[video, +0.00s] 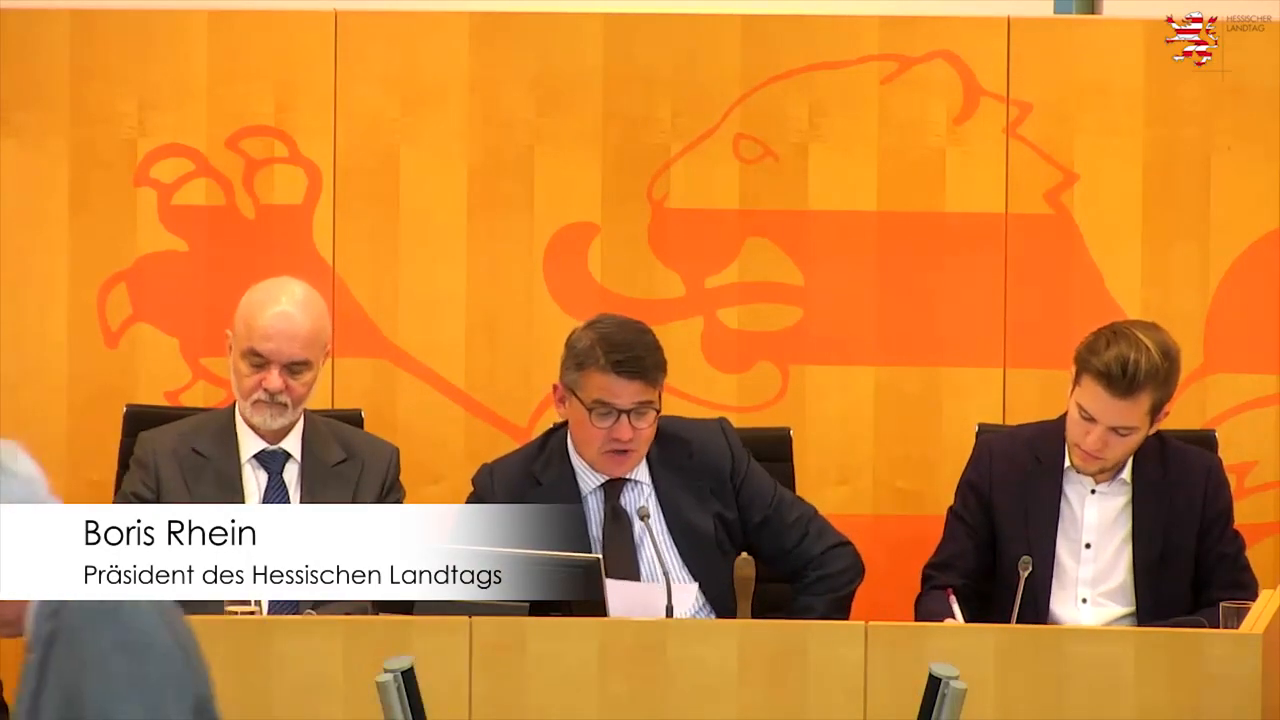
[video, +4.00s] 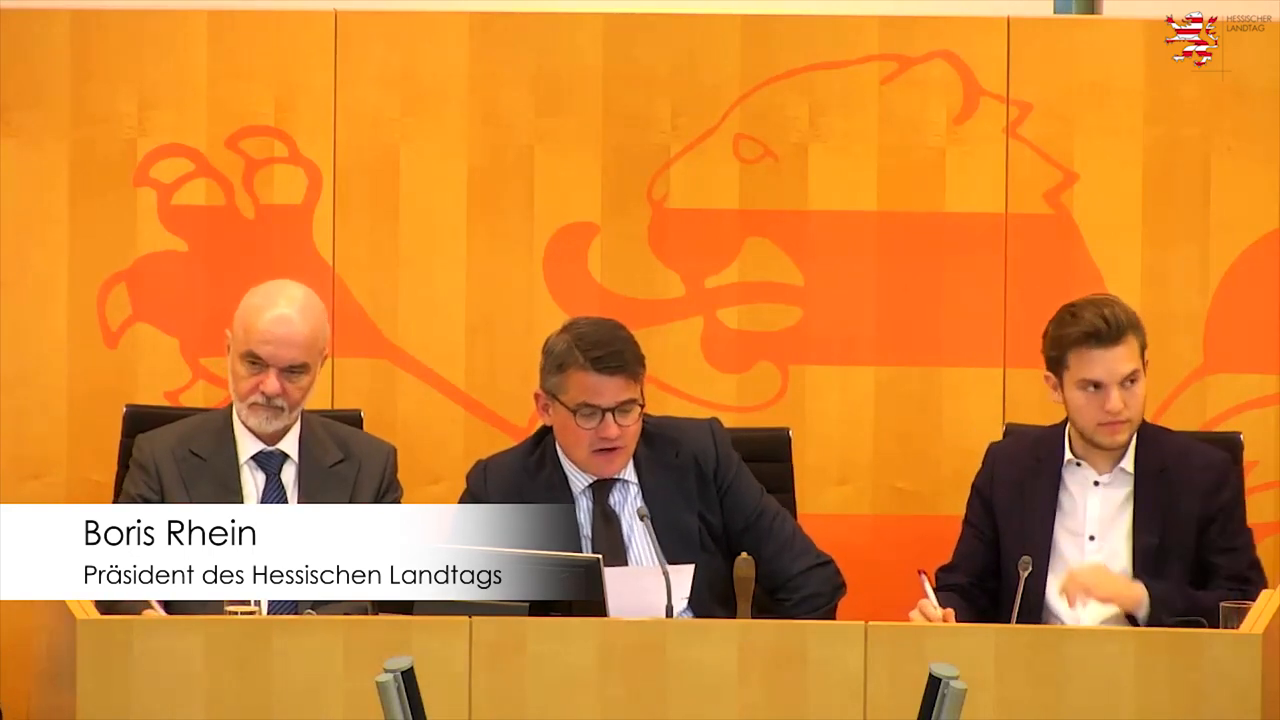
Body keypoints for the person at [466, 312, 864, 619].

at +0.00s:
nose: (624, 433)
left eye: (642, 412)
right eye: (603, 413)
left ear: (659, 397)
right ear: (562, 400)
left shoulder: (713, 454)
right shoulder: (505, 488)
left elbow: (833, 565)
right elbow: (472, 627)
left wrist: (788, 672)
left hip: (713, 673)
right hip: (574, 683)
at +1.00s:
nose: (604, 418)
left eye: (620, 397)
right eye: (582, 399)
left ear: (643, 388)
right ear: (546, 397)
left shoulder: (701, 444)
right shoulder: (499, 485)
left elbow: (801, 575)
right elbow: (466, 618)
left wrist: (770, 678)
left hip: (707, 672)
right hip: (570, 682)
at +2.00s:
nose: (619, 431)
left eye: (635, 410)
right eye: (597, 412)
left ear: (654, 397)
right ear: (556, 403)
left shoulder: (708, 454)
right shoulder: (503, 485)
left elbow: (815, 582)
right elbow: (464, 620)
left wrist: (760, 677)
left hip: (704, 676)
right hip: (565, 684)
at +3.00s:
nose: (616, 438)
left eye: (630, 415)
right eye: (592, 420)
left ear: (646, 396)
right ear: (551, 411)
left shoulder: (706, 453)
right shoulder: (501, 488)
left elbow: (813, 582)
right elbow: (466, 622)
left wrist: (761, 676)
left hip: (703, 674)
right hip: (565, 684)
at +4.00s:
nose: (610, 430)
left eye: (624, 409)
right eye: (587, 413)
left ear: (642, 393)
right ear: (546, 408)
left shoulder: (702, 453)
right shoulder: (497, 487)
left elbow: (810, 581)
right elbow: (465, 624)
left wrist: (763, 678)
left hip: (704, 674)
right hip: (563, 683)